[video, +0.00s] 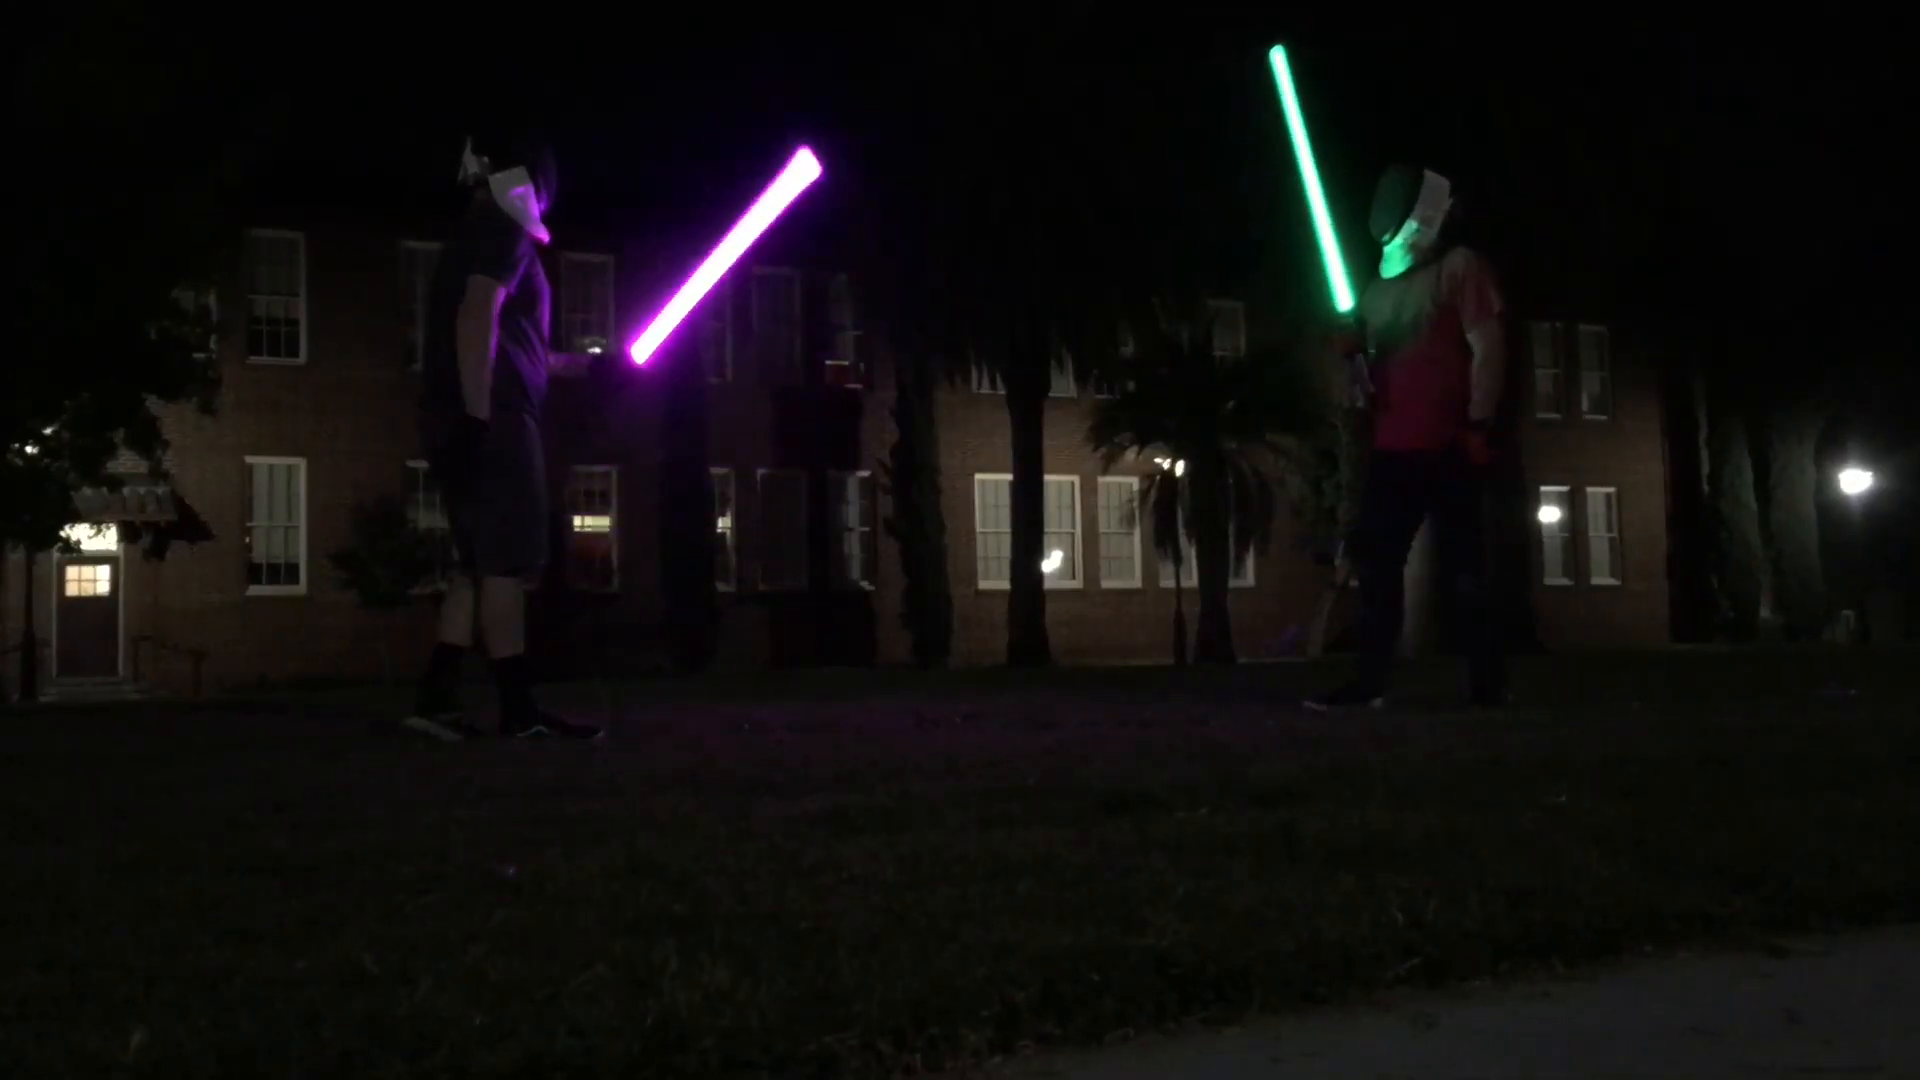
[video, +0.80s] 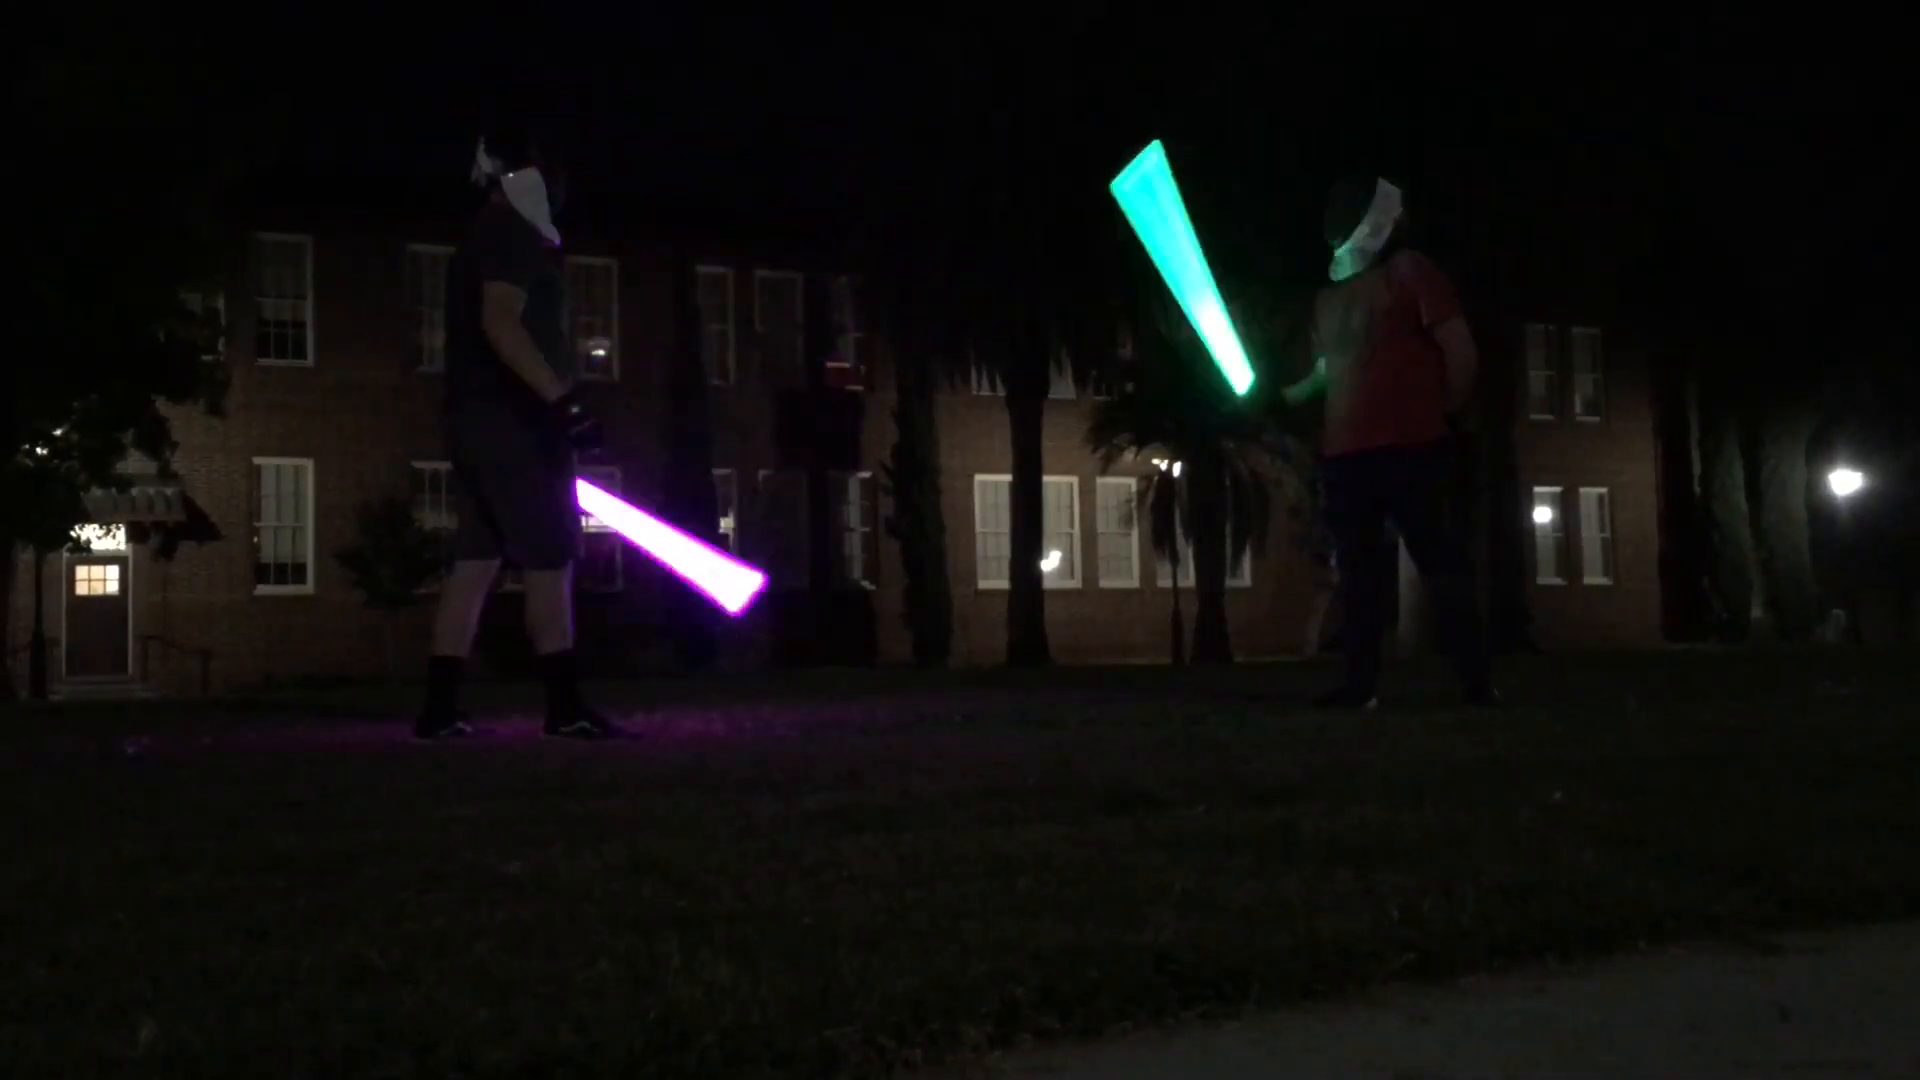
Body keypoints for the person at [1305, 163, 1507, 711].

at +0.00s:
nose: (1387, 237)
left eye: (1397, 225)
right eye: (1385, 227)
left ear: (1425, 221)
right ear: (1389, 226)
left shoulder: (1460, 271)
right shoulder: (1379, 289)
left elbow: (1488, 348)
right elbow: (1361, 392)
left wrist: (1481, 421)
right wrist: (1349, 356)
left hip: (1452, 446)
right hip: (1394, 450)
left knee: (1463, 568)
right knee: (1376, 562)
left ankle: (1481, 679)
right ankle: (1367, 677)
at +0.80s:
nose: (1344, 236)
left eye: (1353, 224)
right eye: (1345, 225)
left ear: (1378, 223)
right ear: (1361, 223)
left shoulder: (1410, 273)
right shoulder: (1335, 292)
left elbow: (1459, 350)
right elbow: (1328, 369)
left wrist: (1446, 405)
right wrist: (1291, 391)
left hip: (1411, 446)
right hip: (1350, 453)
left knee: (1441, 567)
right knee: (1360, 574)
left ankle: (1471, 677)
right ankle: (1356, 681)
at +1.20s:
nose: (1370, 237)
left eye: (1381, 225)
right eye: (1375, 223)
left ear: (1392, 227)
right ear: (1370, 226)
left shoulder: (1427, 279)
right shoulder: (1342, 295)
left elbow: (1465, 353)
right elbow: (1320, 372)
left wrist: (1476, 422)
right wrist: (1296, 434)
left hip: (1429, 447)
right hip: (1361, 455)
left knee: (1448, 568)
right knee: (1365, 571)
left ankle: (1471, 678)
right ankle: (1360, 679)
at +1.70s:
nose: (1374, 236)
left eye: (1386, 223)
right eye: (1371, 225)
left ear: (1413, 225)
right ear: (1369, 230)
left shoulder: (1438, 278)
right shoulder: (1372, 296)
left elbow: (1429, 352)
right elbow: (1359, 363)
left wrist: (1362, 397)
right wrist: (1329, 386)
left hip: (1439, 453)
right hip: (1380, 455)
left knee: (1451, 569)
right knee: (1366, 567)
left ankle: (1472, 679)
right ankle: (1359, 679)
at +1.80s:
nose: (1373, 236)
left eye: (1387, 223)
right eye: (1371, 224)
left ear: (1415, 225)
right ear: (1371, 229)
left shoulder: (1440, 279)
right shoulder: (1373, 296)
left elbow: (1421, 358)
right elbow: (1355, 362)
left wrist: (1354, 392)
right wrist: (1323, 381)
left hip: (1439, 453)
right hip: (1382, 455)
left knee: (1451, 570)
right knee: (1351, 556)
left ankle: (1475, 683)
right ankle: (1350, 676)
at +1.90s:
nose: (1376, 249)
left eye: (1386, 235)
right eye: (1371, 239)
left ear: (1413, 231)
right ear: (1369, 238)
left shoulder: (1440, 283)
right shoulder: (1371, 300)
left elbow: (1419, 359)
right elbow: (1350, 362)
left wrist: (1348, 390)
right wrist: (1320, 382)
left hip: (1437, 455)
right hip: (1379, 456)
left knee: (1451, 570)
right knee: (1346, 561)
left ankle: (1476, 684)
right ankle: (1328, 679)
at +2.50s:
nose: (1449, 282)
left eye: (1460, 271)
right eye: (1450, 273)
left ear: (1485, 274)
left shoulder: (1502, 310)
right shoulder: (1441, 330)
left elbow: (1431, 331)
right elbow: (1406, 398)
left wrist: (1367, 343)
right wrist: (1338, 392)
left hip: (1495, 482)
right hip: (1436, 485)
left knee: (1548, 598)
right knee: (1373, 584)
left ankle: (1640, 688)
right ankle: (1317, 690)